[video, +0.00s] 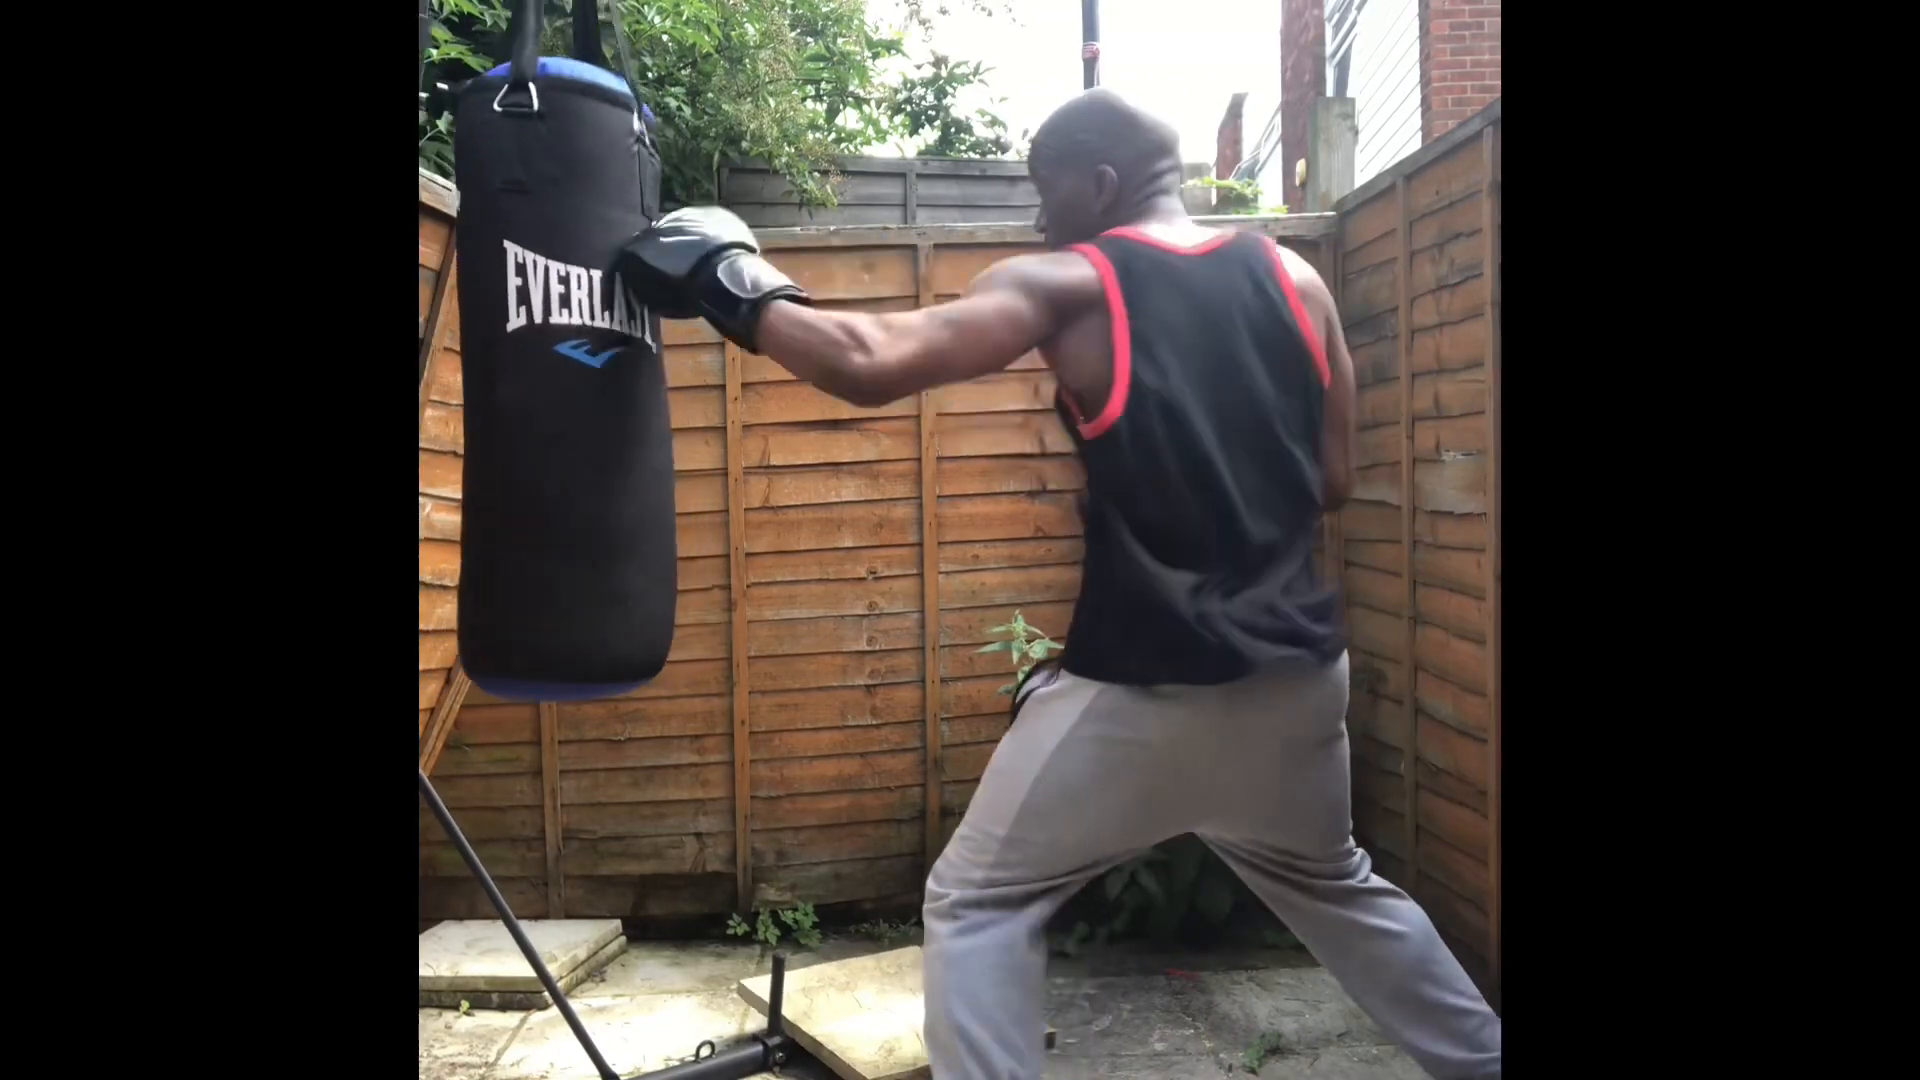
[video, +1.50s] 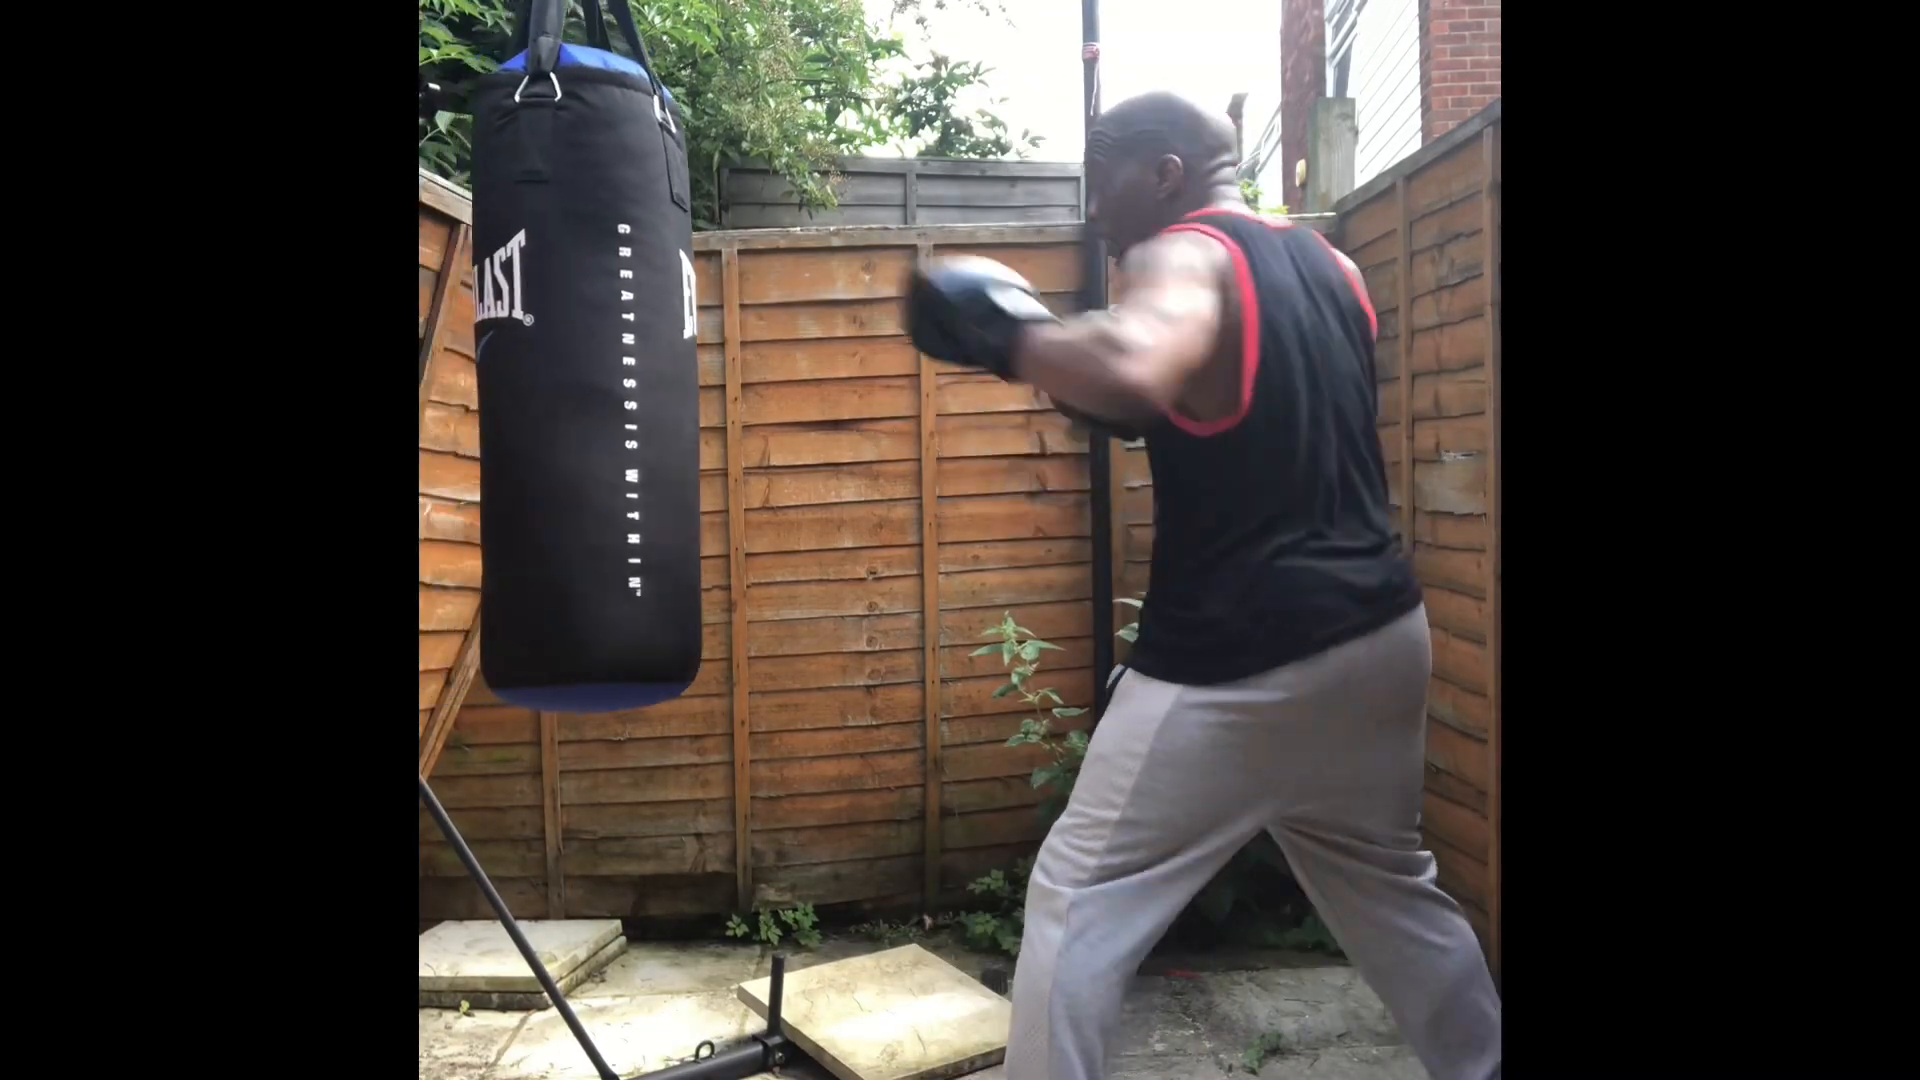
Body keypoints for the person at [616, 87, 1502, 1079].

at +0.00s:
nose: (1040, 217)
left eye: (1044, 194)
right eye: (1037, 196)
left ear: (1100, 183)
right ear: (1162, 178)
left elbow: (871, 362)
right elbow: (1330, 474)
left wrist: (728, 283)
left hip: (1134, 692)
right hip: (1299, 683)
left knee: (980, 903)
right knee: (1334, 882)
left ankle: (993, 1074)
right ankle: (1484, 1058)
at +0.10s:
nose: (999, 214)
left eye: (1009, 186)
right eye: (997, 190)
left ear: (1073, 183)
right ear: (1129, 182)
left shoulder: (1051, 312)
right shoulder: (1269, 298)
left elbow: (939, 492)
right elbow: (1305, 492)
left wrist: (870, 345)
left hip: (1121, 707)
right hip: (1276, 685)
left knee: (968, 923)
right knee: (1326, 890)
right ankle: (1486, 1058)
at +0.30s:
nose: (929, 235)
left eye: (941, 204)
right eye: (920, 211)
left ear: (1033, 176)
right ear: (1026, 184)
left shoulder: (1152, 301)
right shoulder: (1010, 288)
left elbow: (1157, 527)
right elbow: (869, 320)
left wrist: (1025, 455)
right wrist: (751, 291)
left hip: (1184, 656)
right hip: (1172, 648)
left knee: (993, 893)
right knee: (1295, 877)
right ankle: (1472, 1044)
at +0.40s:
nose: (931, 220)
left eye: (942, 187)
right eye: (924, 192)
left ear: (1028, 171)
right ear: (1038, 172)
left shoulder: (1107, 305)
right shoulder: (1106, 269)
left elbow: (1057, 533)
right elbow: (1070, 432)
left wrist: (913, 418)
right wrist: (970, 343)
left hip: (1153, 667)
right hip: (1203, 644)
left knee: (962, 891)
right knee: (1236, 873)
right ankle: (1456, 1043)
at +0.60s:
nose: (1142, 260)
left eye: (1144, 233)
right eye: (1135, 238)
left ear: (1206, 204)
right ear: (1241, 201)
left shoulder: (1225, 266)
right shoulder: (1371, 271)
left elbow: (1252, 422)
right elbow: (1358, 410)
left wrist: (1097, 439)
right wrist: (1185, 360)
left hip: (1270, 647)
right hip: (1410, 638)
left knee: (1116, 908)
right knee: (1381, 882)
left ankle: (1068, 1071)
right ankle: (1476, 1066)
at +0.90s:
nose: (1098, 236)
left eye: (1101, 207)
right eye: (1086, 216)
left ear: (1162, 179)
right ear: (1181, 181)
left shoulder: (1230, 279)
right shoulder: (1283, 259)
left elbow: (1146, 494)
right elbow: (1255, 473)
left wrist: (1063, 339)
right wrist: (1102, 492)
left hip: (1267, 657)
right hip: (1372, 631)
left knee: (1100, 913)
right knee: (1362, 886)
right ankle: (1472, 1066)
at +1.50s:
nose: (1094, 213)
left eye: (1101, 187)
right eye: (1091, 189)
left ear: (1165, 173)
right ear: (1209, 176)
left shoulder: (1180, 254)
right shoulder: (1325, 257)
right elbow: (1279, 405)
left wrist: (1006, 332)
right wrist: (1132, 400)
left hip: (1232, 649)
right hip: (1379, 626)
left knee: (1079, 892)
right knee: (1388, 879)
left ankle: (1042, 1070)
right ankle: (1479, 1062)